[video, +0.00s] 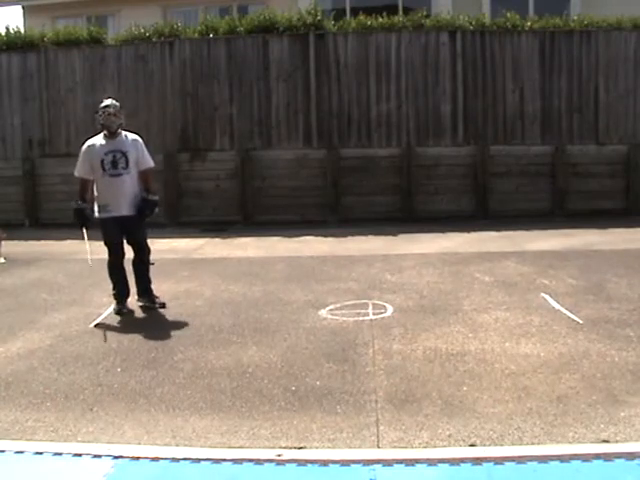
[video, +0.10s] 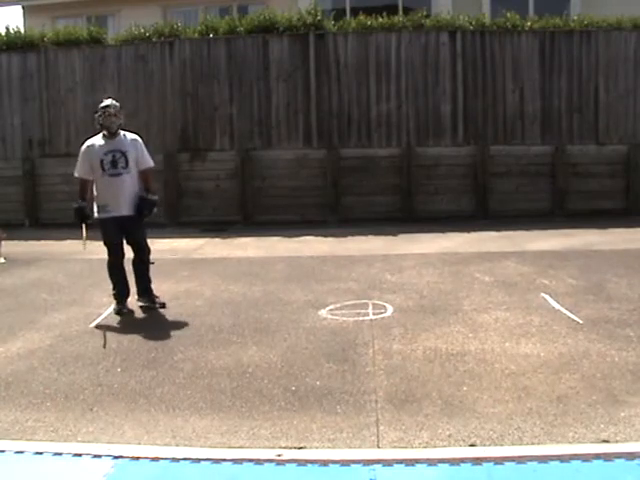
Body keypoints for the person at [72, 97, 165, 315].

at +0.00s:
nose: (110, 119)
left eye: (114, 114)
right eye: (106, 115)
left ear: (121, 117)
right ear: (99, 118)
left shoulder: (134, 142)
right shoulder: (90, 148)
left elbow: (146, 171)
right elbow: (85, 180)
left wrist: (150, 195)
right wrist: (82, 207)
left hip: (133, 210)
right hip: (107, 212)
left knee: (142, 252)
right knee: (115, 257)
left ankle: (146, 293)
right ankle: (120, 298)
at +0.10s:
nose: (111, 120)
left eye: (114, 115)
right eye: (106, 116)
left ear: (121, 117)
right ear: (99, 119)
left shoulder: (133, 141)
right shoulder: (90, 148)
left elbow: (146, 170)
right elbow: (85, 180)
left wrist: (150, 194)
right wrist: (83, 206)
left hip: (132, 210)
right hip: (107, 212)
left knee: (142, 251)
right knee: (115, 257)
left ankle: (145, 293)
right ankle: (120, 298)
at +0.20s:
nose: (110, 120)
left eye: (114, 115)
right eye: (105, 116)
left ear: (121, 118)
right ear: (98, 119)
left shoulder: (133, 141)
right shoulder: (89, 148)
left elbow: (146, 170)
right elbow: (85, 180)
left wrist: (151, 193)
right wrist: (84, 206)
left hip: (133, 210)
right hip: (107, 212)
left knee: (143, 251)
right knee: (115, 257)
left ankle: (146, 293)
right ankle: (120, 298)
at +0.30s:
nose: (110, 121)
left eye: (114, 116)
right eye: (106, 116)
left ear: (120, 118)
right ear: (98, 119)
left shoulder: (132, 141)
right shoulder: (89, 148)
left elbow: (145, 170)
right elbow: (85, 180)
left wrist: (151, 194)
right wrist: (85, 206)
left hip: (133, 209)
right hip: (107, 212)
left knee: (143, 250)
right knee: (115, 257)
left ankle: (146, 292)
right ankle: (121, 298)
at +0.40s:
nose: (111, 120)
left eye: (114, 116)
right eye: (106, 116)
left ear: (121, 118)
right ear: (97, 119)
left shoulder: (131, 142)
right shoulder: (89, 148)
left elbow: (144, 171)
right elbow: (85, 181)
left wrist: (152, 195)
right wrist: (86, 206)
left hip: (133, 209)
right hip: (107, 212)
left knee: (143, 251)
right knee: (114, 257)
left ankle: (147, 291)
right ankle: (120, 298)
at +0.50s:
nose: (113, 120)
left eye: (116, 116)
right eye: (107, 116)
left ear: (121, 118)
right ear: (98, 119)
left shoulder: (131, 142)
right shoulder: (89, 148)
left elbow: (143, 173)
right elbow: (84, 181)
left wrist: (150, 197)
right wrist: (87, 209)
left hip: (132, 209)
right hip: (106, 213)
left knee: (143, 251)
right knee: (114, 257)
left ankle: (147, 290)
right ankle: (120, 298)